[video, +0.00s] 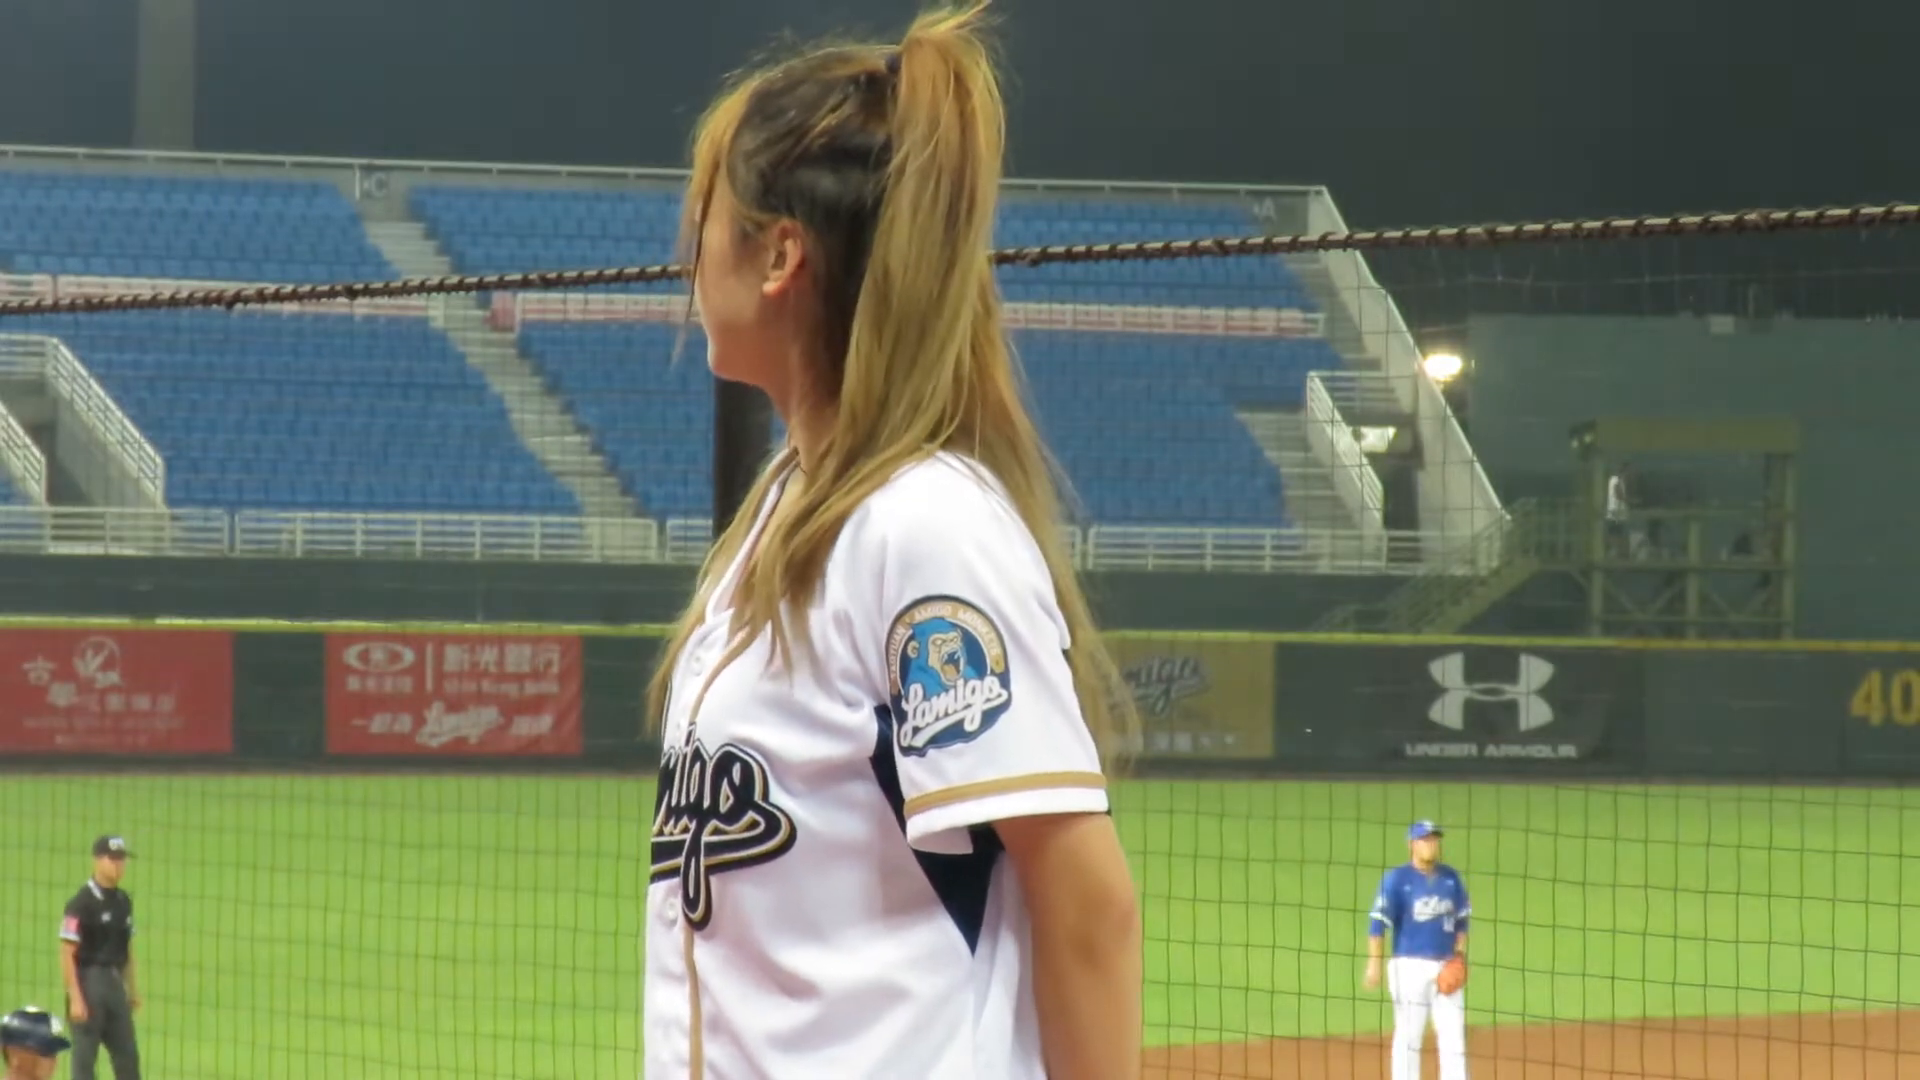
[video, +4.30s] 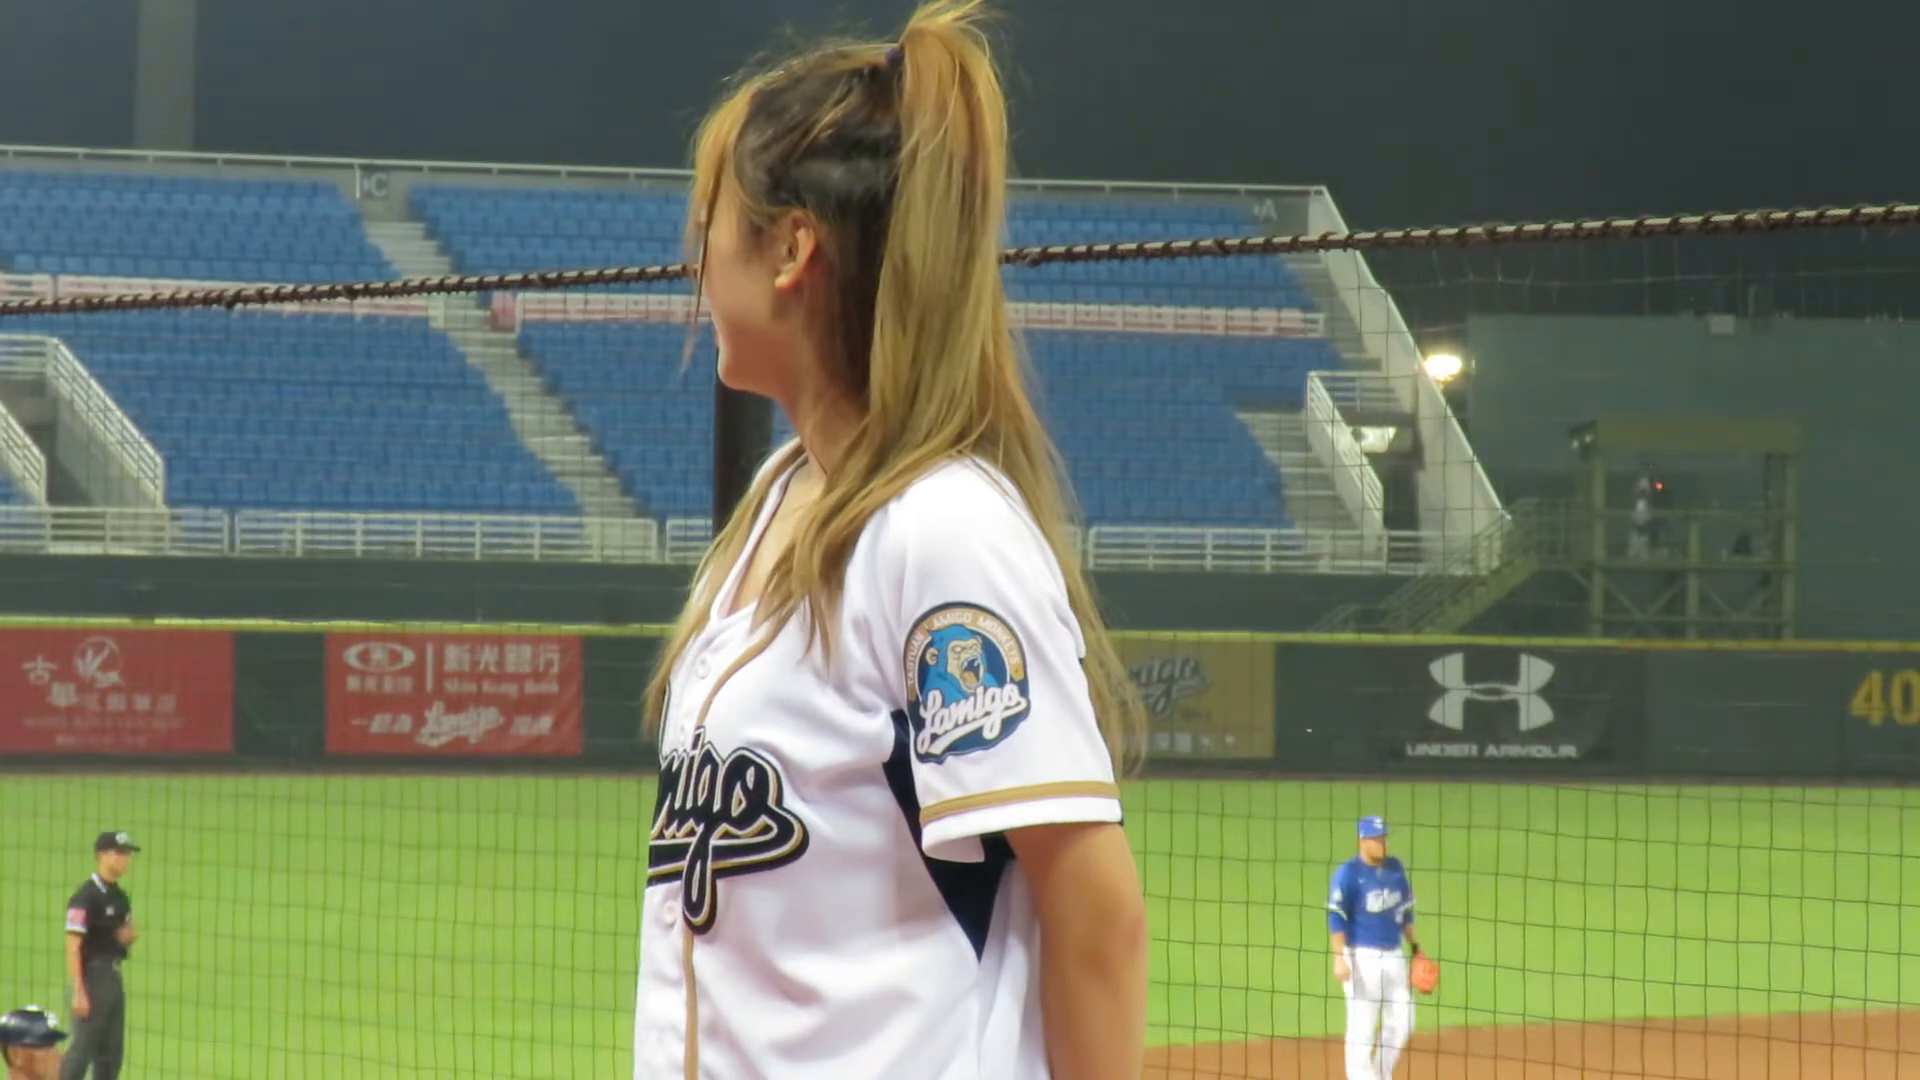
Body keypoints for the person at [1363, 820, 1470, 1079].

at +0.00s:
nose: (1431, 845)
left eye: (1434, 839)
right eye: (1425, 840)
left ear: (1439, 843)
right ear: (1412, 844)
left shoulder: (1451, 878)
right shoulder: (1396, 879)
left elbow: (1462, 921)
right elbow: (1378, 922)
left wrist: (1459, 956)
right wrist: (1374, 963)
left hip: (1446, 965)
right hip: (1409, 966)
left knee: (1453, 1041)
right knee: (1408, 1039)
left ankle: (1455, 1078)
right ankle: (1405, 1077)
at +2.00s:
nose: (1429, 843)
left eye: (1431, 837)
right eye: (1424, 838)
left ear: (1434, 840)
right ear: (1410, 840)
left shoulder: (1440, 874)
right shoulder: (1390, 873)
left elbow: (1450, 921)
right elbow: (1379, 918)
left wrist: (1459, 958)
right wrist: (1382, 957)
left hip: (1436, 959)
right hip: (1403, 958)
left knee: (1440, 1028)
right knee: (1401, 1030)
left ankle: (1430, 1076)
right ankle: (1398, 1076)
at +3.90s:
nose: (1393, 841)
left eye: (1396, 836)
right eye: (1387, 836)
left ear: (1401, 838)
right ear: (1376, 840)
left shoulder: (1412, 871)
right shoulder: (1363, 873)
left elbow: (1421, 921)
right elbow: (1354, 918)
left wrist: (1431, 958)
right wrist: (1358, 956)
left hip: (1410, 960)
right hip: (1376, 959)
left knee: (1422, 1035)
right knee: (1368, 1035)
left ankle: (1425, 1077)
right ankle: (1362, 1077)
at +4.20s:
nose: (1380, 844)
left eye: (1383, 839)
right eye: (1374, 839)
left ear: (1388, 840)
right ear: (1362, 841)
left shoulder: (1397, 869)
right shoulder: (1349, 874)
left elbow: (1407, 916)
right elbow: (1338, 918)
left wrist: (1418, 950)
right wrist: (1341, 958)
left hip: (1397, 958)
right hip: (1364, 958)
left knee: (1407, 1025)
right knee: (1364, 1029)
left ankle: (1399, 1075)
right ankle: (1359, 1075)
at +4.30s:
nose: (1380, 845)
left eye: (1382, 839)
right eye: (1373, 840)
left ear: (1386, 840)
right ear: (1361, 841)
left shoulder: (1395, 868)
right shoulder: (1347, 873)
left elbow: (1405, 915)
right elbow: (1336, 917)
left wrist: (1415, 948)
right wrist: (1340, 956)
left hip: (1395, 957)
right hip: (1362, 957)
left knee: (1400, 1025)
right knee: (1363, 1027)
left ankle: (1381, 1074)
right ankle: (1361, 1075)